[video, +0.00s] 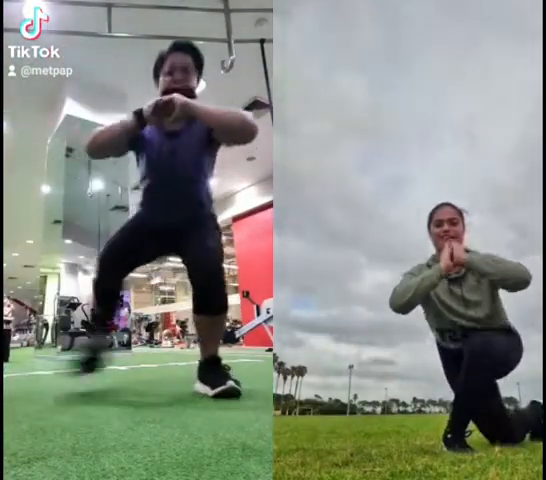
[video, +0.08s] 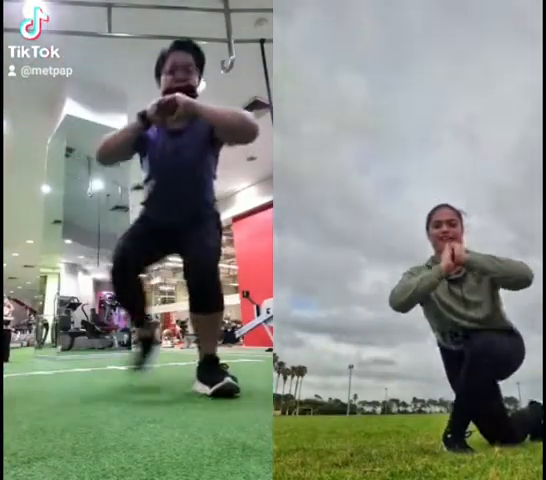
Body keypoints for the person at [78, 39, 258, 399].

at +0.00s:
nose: (176, 78)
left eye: (185, 72)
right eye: (169, 72)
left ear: (197, 80)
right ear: (157, 80)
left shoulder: (207, 123)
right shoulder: (143, 125)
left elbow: (247, 130)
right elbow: (94, 147)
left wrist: (193, 109)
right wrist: (138, 120)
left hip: (197, 224)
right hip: (152, 222)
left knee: (210, 281)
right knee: (110, 262)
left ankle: (211, 367)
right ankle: (99, 334)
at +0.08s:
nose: (180, 77)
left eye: (188, 71)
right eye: (172, 71)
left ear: (199, 79)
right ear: (160, 79)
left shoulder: (209, 122)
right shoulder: (147, 126)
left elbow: (249, 131)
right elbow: (104, 155)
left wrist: (197, 109)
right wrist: (143, 120)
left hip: (199, 220)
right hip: (156, 219)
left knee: (204, 275)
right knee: (123, 265)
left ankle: (209, 365)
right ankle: (145, 334)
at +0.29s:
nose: (174, 112)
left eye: (182, 106)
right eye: (168, 105)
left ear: (194, 115)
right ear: (156, 113)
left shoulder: (204, 154)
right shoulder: (144, 158)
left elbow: (249, 169)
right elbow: (118, 200)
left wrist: (192, 141)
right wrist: (148, 156)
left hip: (204, 236)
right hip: (161, 239)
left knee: (202, 277)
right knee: (166, 309)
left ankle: (207, 363)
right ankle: (186, 354)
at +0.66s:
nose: (163, 83)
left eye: (171, 77)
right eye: (157, 77)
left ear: (183, 87)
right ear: (145, 87)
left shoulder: (193, 131)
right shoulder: (135, 138)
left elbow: (240, 151)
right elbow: (105, 172)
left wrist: (185, 126)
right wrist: (138, 133)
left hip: (196, 223)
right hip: (155, 227)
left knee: (198, 280)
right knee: (154, 305)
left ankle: (206, 365)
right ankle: (180, 349)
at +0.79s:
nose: (153, 61)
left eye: (162, 55)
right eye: (146, 56)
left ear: (176, 64)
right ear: (137, 64)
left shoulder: (190, 107)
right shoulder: (128, 113)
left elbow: (234, 120)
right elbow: (89, 145)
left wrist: (178, 96)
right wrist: (124, 108)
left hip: (188, 210)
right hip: (144, 211)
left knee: (195, 275)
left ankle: (206, 366)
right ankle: (137, 336)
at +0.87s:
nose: (148, 58)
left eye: (157, 51)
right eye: (141, 52)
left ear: (169, 59)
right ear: (130, 60)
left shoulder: (183, 102)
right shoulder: (120, 109)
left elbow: (225, 114)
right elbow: (77, 138)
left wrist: (170, 92)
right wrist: (114, 99)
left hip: (181, 208)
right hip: (136, 208)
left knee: (194, 276)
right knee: (97, 256)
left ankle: (206, 366)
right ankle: (91, 343)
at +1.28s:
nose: (99, 47)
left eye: (108, 40)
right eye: (91, 39)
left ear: (121, 49)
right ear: (79, 46)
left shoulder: (130, 96)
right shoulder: (64, 99)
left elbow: (169, 127)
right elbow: (22, 130)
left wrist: (118, 86)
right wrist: (59, 90)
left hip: (128, 208)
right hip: (77, 209)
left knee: (167, 282)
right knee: (52, 283)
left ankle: (204, 366)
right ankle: (50, 373)